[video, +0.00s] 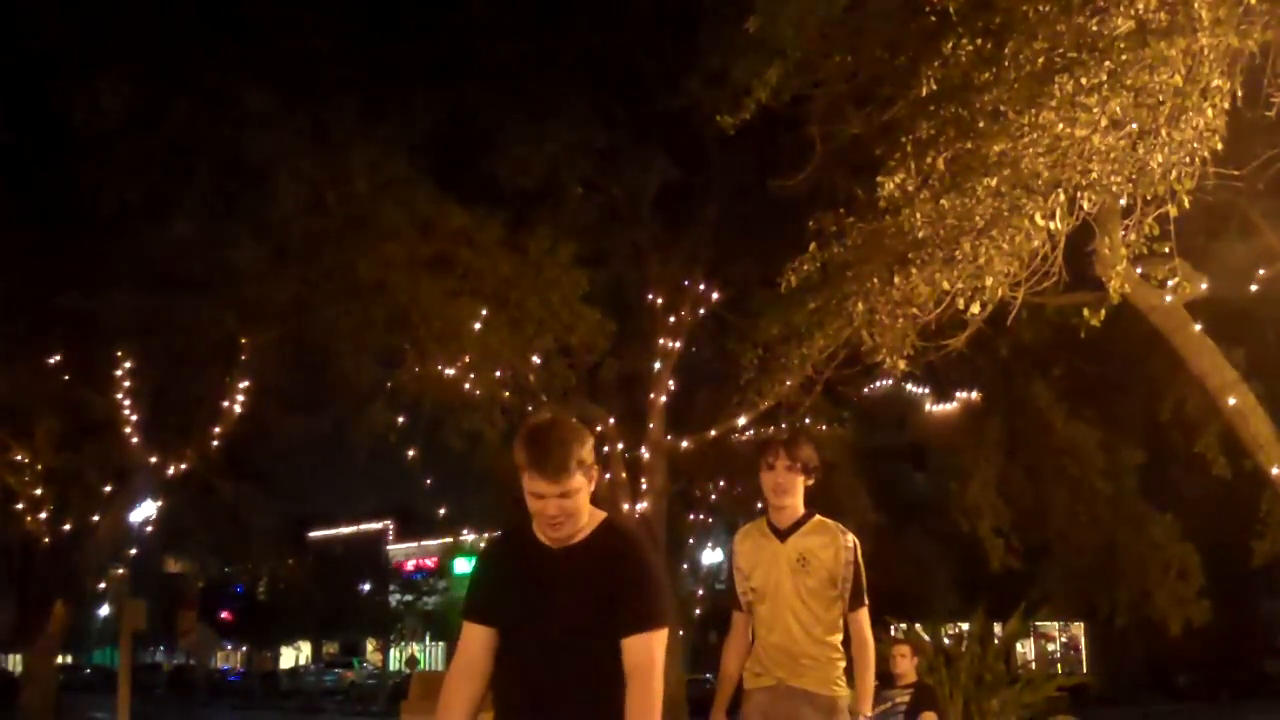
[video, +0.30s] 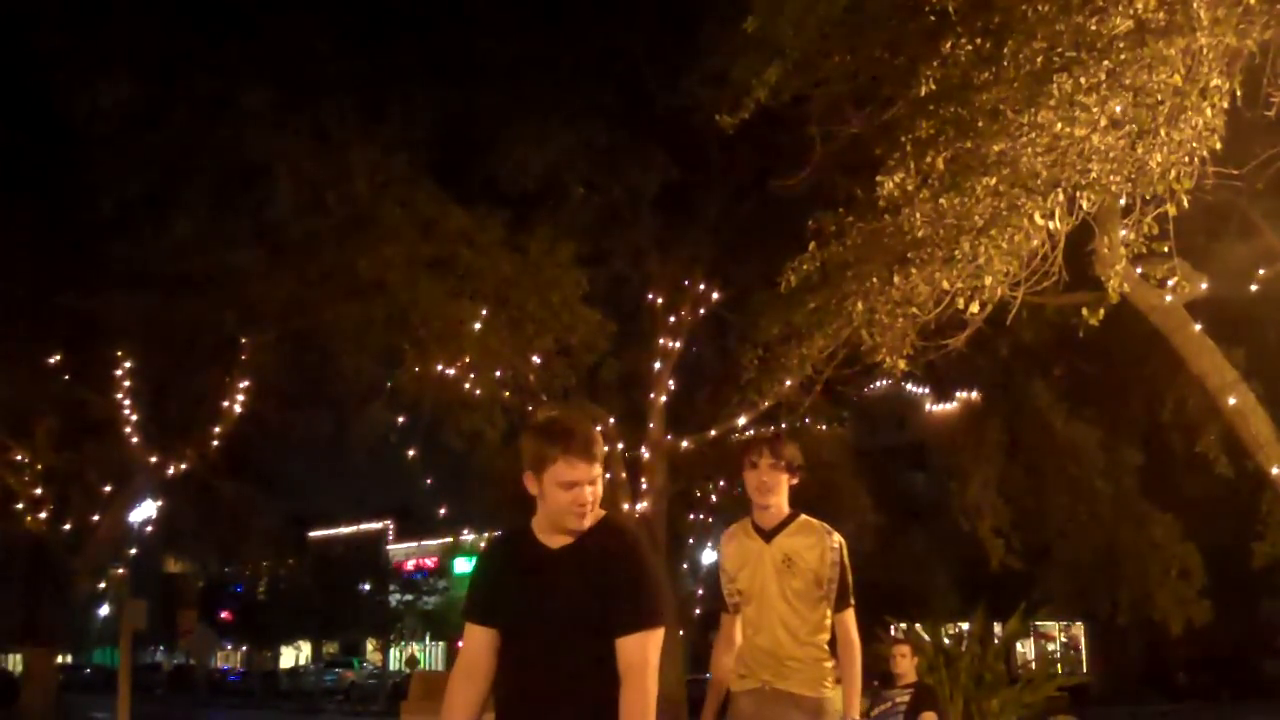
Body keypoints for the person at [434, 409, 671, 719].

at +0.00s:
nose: (551, 510)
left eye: (565, 495)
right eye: (537, 495)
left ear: (592, 478)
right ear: (522, 483)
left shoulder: (629, 557)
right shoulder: (502, 556)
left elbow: (643, 679)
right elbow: (468, 669)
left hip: (600, 711)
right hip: (518, 711)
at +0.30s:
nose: (585, 497)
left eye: (593, 482)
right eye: (569, 486)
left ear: (603, 476)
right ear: (532, 484)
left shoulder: (624, 553)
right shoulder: (502, 557)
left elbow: (638, 680)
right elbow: (471, 671)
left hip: (601, 711)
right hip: (519, 710)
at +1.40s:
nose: (544, 497)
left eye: (560, 482)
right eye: (533, 483)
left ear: (593, 475)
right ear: (521, 477)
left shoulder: (629, 553)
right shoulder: (509, 554)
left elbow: (646, 684)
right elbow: (481, 672)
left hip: (606, 711)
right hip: (523, 711)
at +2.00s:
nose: (520, 504)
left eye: (537, 489)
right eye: (510, 490)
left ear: (575, 483)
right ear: (501, 486)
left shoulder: (620, 565)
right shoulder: (492, 555)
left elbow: (648, 690)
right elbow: (479, 662)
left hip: (604, 713)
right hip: (521, 712)